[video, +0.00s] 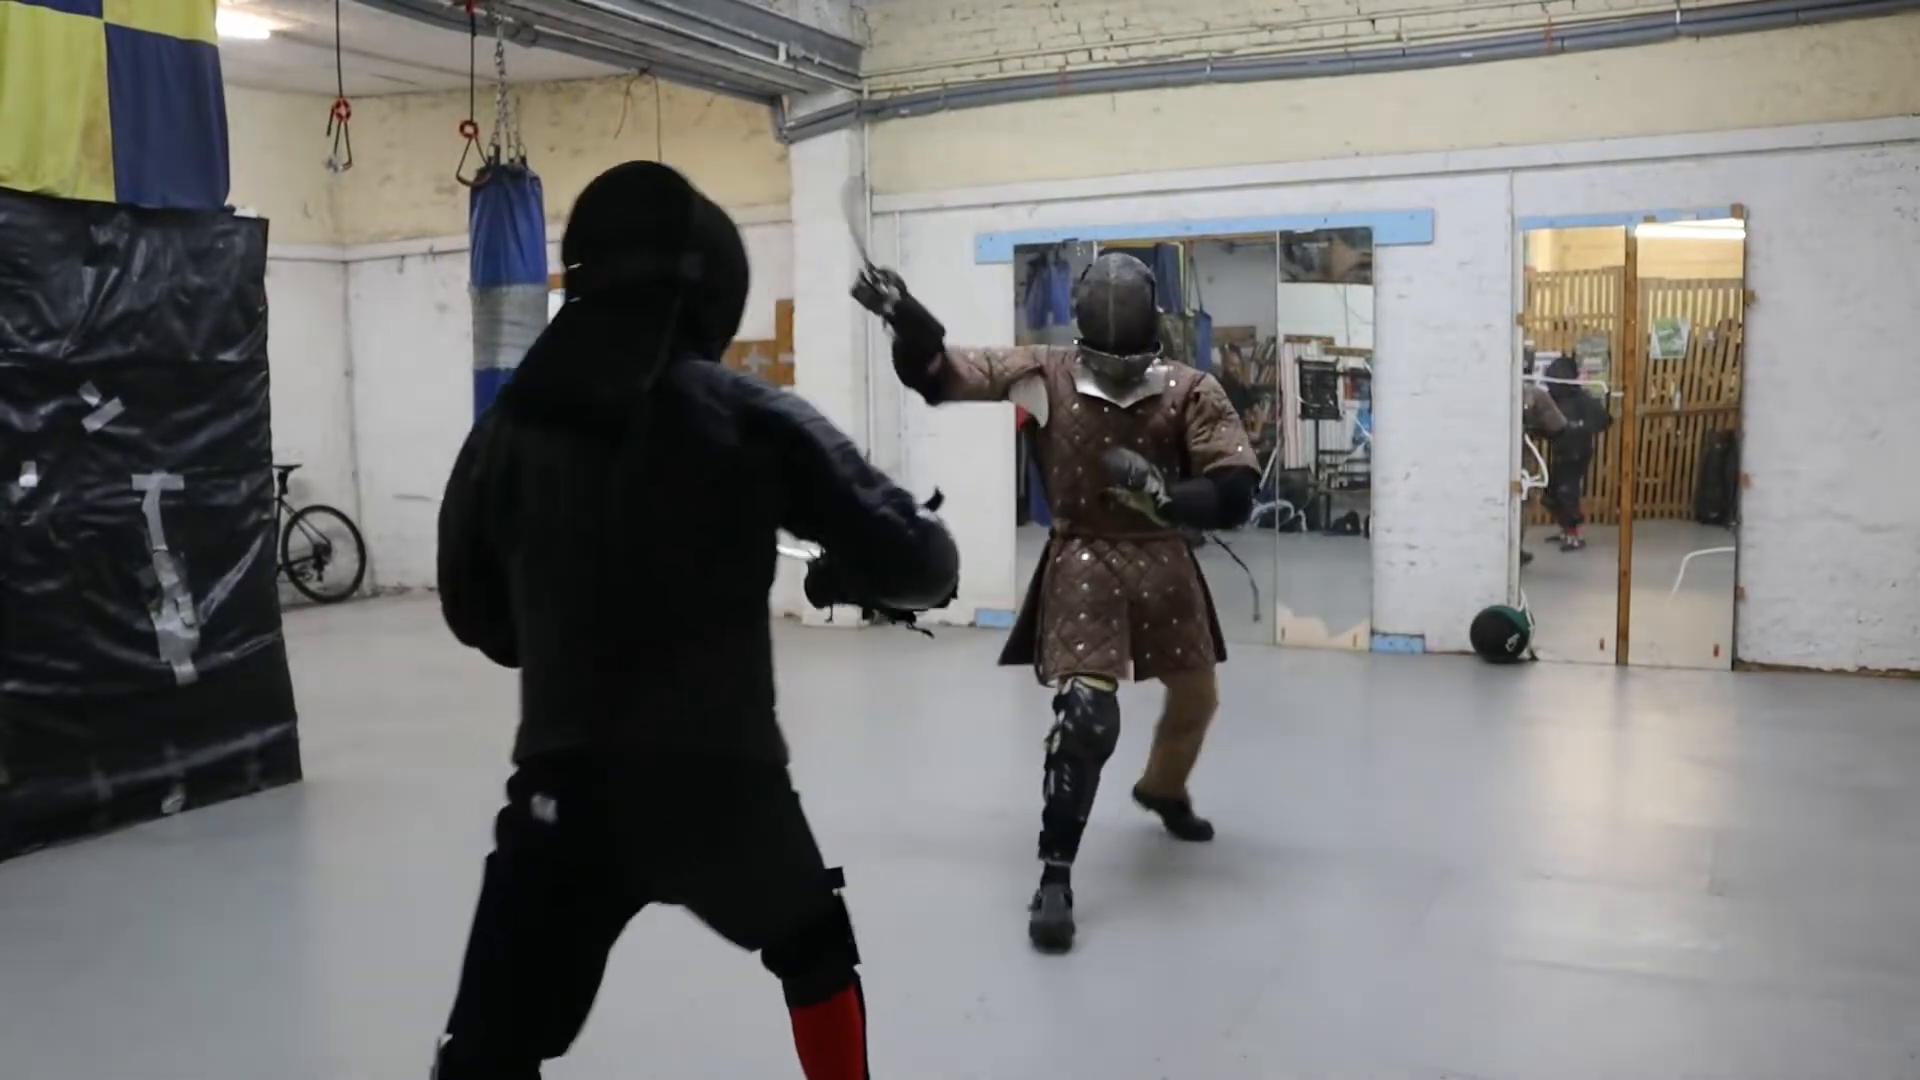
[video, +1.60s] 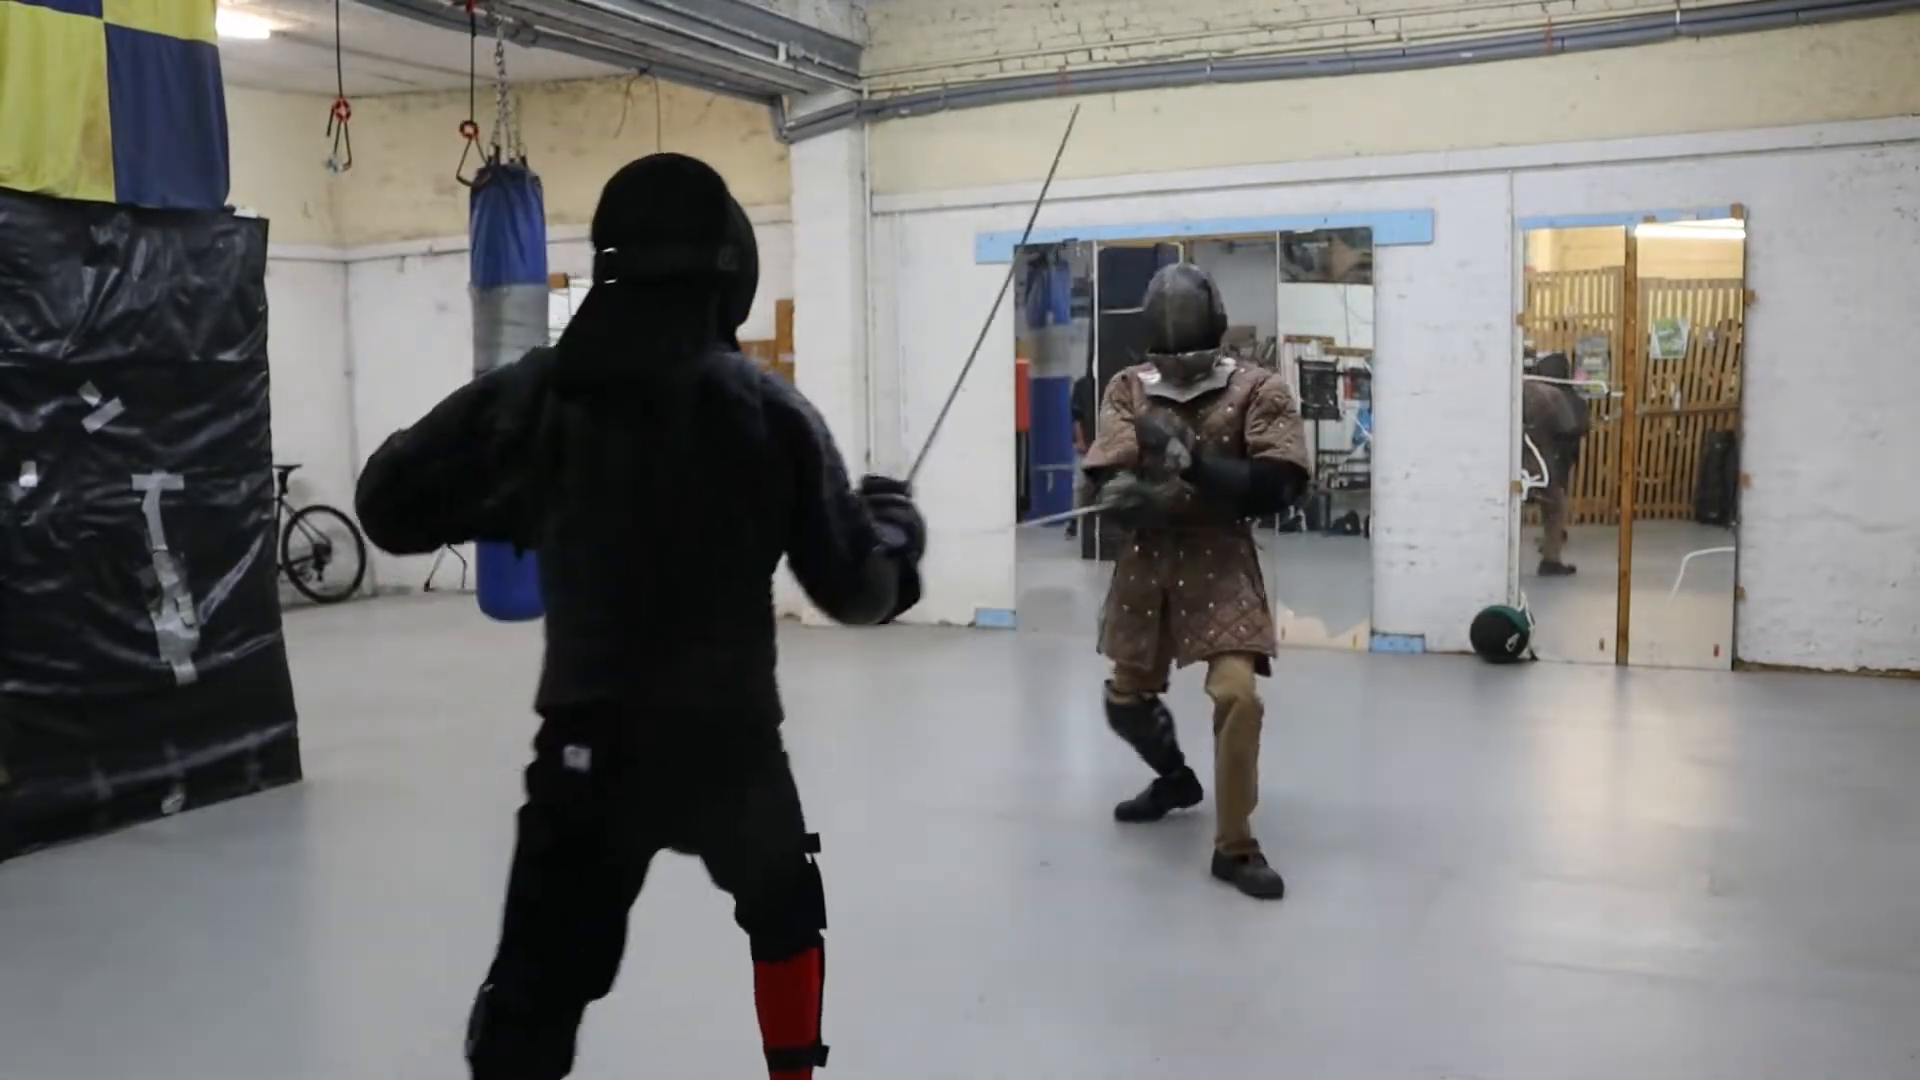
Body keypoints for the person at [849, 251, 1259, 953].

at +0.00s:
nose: (1115, 366)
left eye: (1129, 353)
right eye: (1103, 351)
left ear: (1153, 333)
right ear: (1082, 332)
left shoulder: (1190, 391)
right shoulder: (1044, 373)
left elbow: (1237, 490)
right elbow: (939, 374)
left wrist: (1166, 493)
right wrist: (907, 318)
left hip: (1164, 557)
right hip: (1082, 557)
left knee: (1196, 695)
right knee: (1087, 719)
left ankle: (1164, 787)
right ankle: (1056, 877)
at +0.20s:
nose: (1113, 375)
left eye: (1127, 362)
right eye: (1100, 360)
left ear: (1150, 343)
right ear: (1080, 340)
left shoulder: (1181, 402)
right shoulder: (1051, 372)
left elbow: (1222, 505)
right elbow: (994, 380)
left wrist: (1160, 508)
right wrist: (935, 379)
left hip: (1151, 569)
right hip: (1071, 568)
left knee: (1216, 711)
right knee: (1084, 728)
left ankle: (1226, 828)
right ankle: (1052, 885)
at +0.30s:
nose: (1121, 372)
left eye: (1135, 357)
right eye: (1107, 356)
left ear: (1156, 341)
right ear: (1084, 339)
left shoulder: (1182, 397)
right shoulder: (1047, 375)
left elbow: (1229, 497)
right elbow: (994, 408)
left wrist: (1180, 513)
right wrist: (987, 434)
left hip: (1152, 567)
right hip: (1070, 567)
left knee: (1216, 711)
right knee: (1082, 731)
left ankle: (1215, 840)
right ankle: (1052, 888)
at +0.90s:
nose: (1086, 366)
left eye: (1099, 349)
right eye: (1070, 353)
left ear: (1123, 323)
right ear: (1048, 337)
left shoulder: (1179, 379)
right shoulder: (1027, 397)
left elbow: (1248, 476)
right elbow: (993, 470)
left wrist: (1174, 517)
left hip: (1180, 572)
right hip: (1088, 579)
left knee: (1235, 722)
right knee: (1088, 737)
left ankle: (1233, 836)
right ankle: (1052, 893)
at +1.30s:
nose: (1175, 356)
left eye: (1188, 340)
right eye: (1162, 342)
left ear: (1212, 320)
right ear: (1143, 327)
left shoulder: (1258, 384)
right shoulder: (1118, 384)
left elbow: (1296, 493)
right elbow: (1085, 486)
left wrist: (1202, 514)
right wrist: (1046, 533)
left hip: (1222, 575)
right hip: (1130, 573)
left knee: (1236, 725)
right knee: (1086, 714)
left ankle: (1234, 854)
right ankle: (1055, 870)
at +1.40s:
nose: (1186, 358)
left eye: (1200, 343)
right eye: (1173, 345)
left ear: (1224, 324)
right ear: (1156, 329)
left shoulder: (1266, 383)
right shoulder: (1133, 384)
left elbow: (1300, 490)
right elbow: (1096, 482)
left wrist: (1209, 503)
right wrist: (1054, 527)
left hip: (1228, 575)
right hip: (1140, 571)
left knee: (1245, 720)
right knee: (1083, 697)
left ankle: (1234, 853)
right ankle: (1091, 837)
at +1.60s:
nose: (1180, 355)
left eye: (1192, 341)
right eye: (1167, 343)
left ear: (1215, 329)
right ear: (1150, 335)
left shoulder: (1259, 387)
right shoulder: (1129, 389)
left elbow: (1282, 480)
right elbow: (1102, 477)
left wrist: (1196, 460)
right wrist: (1130, 495)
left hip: (1222, 560)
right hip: (1145, 560)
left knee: (1238, 695)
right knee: (1127, 701)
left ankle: (1237, 847)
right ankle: (1174, 779)